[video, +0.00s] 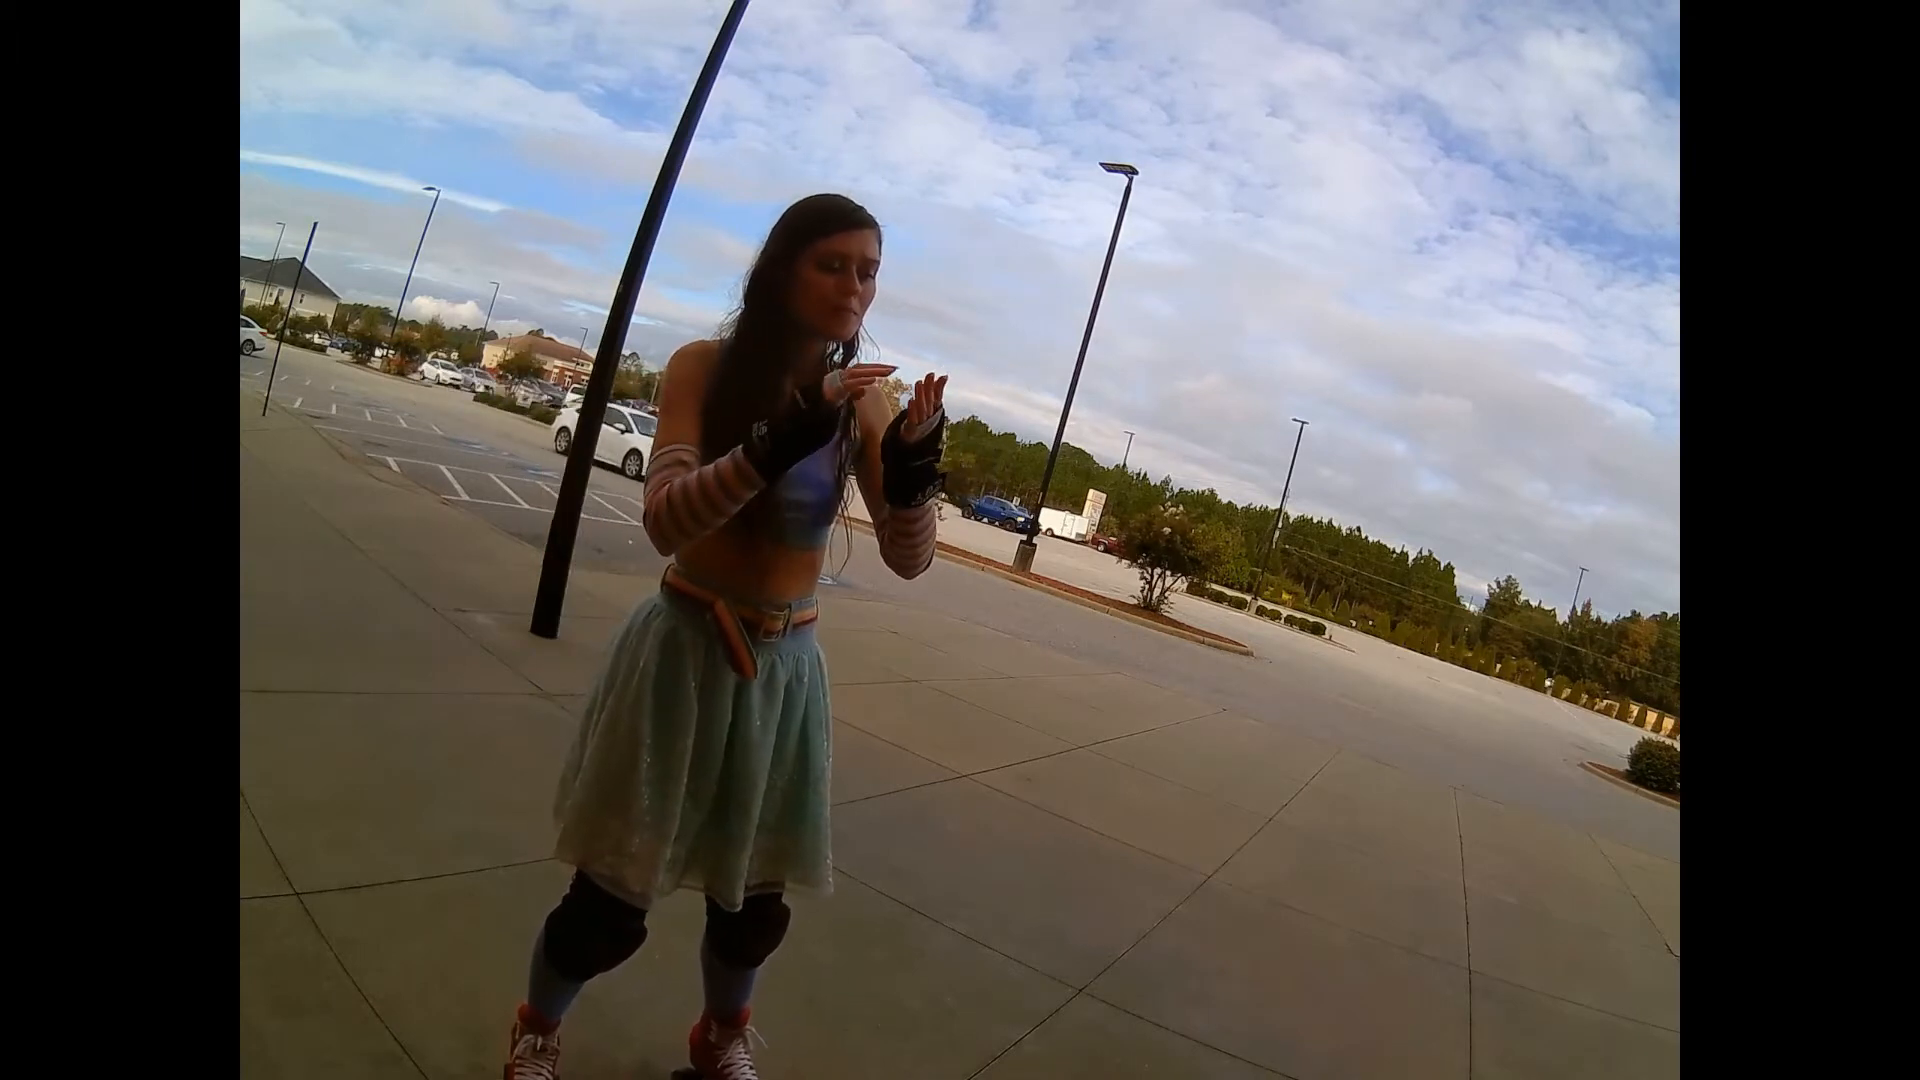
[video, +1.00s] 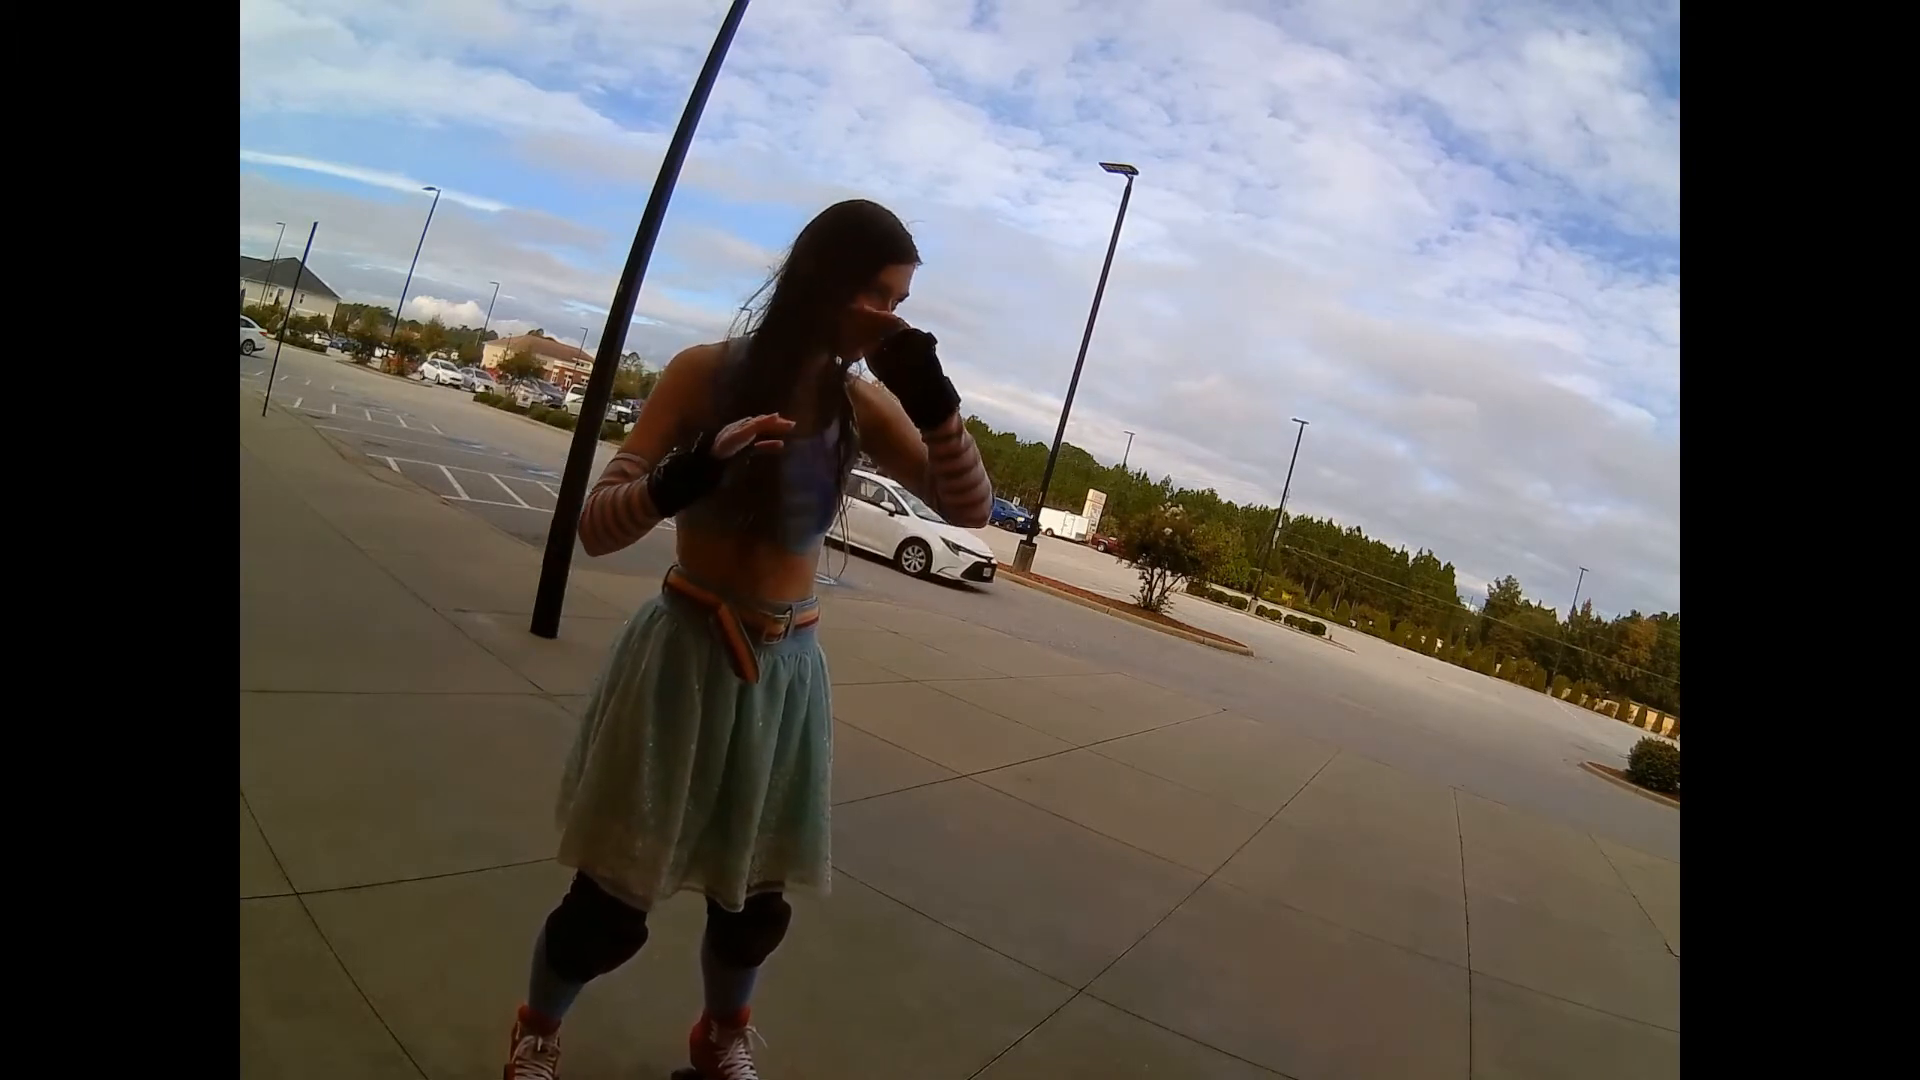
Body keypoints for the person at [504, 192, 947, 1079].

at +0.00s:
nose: (852, 286)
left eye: (867, 272)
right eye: (833, 265)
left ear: (875, 287)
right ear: (783, 269)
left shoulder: (859, 401)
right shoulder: (704, 369)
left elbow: (909, 558)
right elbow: (668, 521)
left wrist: (913, 453)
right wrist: (788, 436)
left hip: (786, 664)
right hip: (685, 647)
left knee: (756, 908)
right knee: (614, 905)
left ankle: (721, 1039)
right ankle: (536, 1032)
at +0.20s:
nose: (853, 292)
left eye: (869, 277)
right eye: (835, 270)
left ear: (877, 291)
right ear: (784, 270)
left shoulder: (858, 402)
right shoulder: (705, 368)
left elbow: (909, 562)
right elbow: (663, 521)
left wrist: (902, 461)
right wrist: (792, 455)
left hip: (787, 666)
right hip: (685, 648)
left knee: (756, 906)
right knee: (612, 908)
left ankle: (721, 1038)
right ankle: (535, 1036)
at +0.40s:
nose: (860, 299)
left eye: (875, 283)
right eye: (842, 276)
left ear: (882, 295)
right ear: (789, 272)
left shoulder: (862, 406)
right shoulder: (708, 371)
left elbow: (906, 567)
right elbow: (650, 526)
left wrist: (907, 484)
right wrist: (789, 465)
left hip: (788, 666)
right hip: (687, 648)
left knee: (757, 907)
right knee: (614, 907)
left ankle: (722, 1037)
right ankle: (535, 1035)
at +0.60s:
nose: (876, 300)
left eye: (888, 284)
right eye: (859, 277)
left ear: (891, 295)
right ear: (802, 272)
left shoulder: (866, 405)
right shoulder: (709, 372)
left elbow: (915, 559)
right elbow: (645, 531)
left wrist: (926, 472)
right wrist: (734, 507)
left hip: (788, 667)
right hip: (686, 650)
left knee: (757, 905)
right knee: (615, 904)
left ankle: (722, 1037)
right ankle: (536, 1034)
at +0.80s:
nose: (887, 315)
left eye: (898, 297)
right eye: (875, 290)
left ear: (892, 309)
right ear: (818, 279)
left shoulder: (859, 399)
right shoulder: (707, 375)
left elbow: (951, 525)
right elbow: (619, 530)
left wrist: (932, 411)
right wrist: (719, 486)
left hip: (788, 663)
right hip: (684, 649)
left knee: (754, 907)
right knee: (611, 909)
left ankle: (721, 1040)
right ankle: (536, 1037)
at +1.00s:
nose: (893, 318)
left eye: (902, 300)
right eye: (882, 296)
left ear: (894, 307)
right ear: (825, 286)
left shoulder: (857, 399)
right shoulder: (705, 378)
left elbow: (966, 507)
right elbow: (598, 529)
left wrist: (931, 393)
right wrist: (701, 464)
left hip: (788, 665)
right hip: (682, 649)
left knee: (756, 908)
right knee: (611, 909)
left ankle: (724, 1039)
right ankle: (537, 1034)